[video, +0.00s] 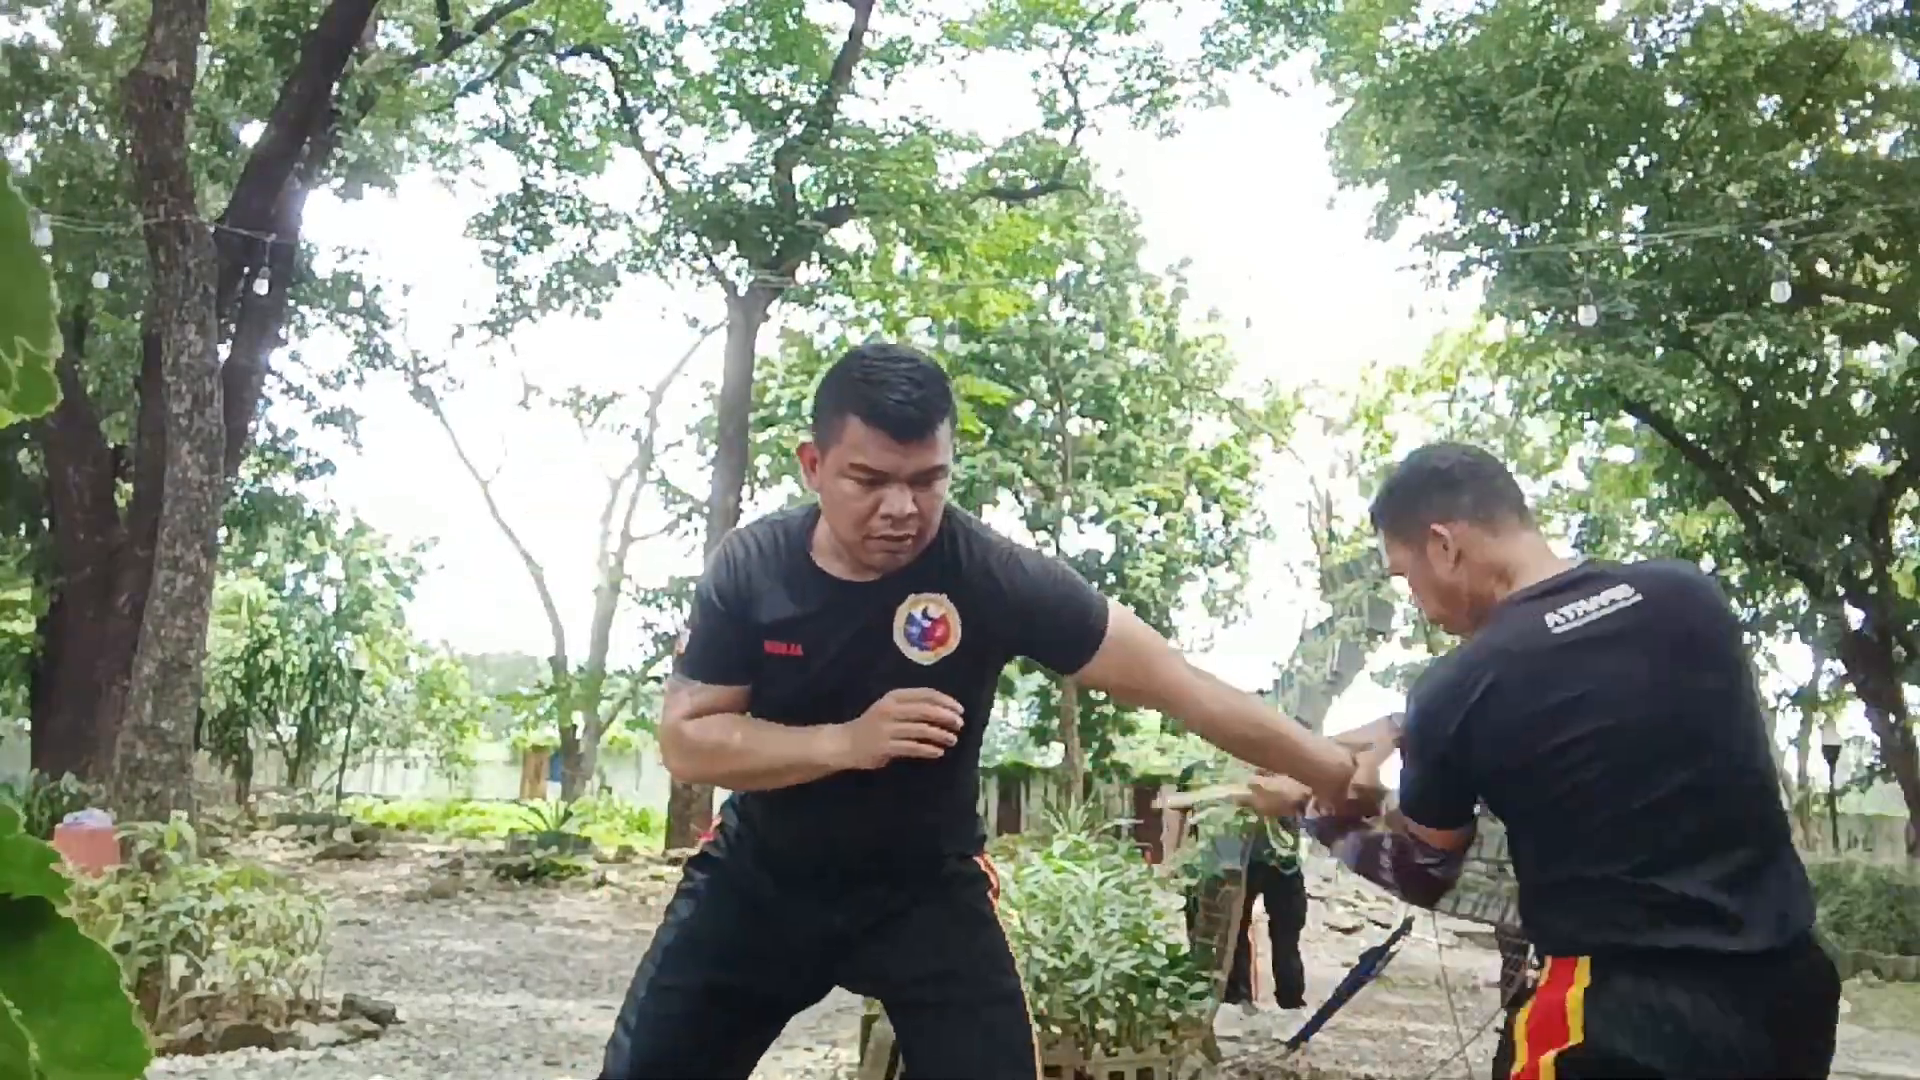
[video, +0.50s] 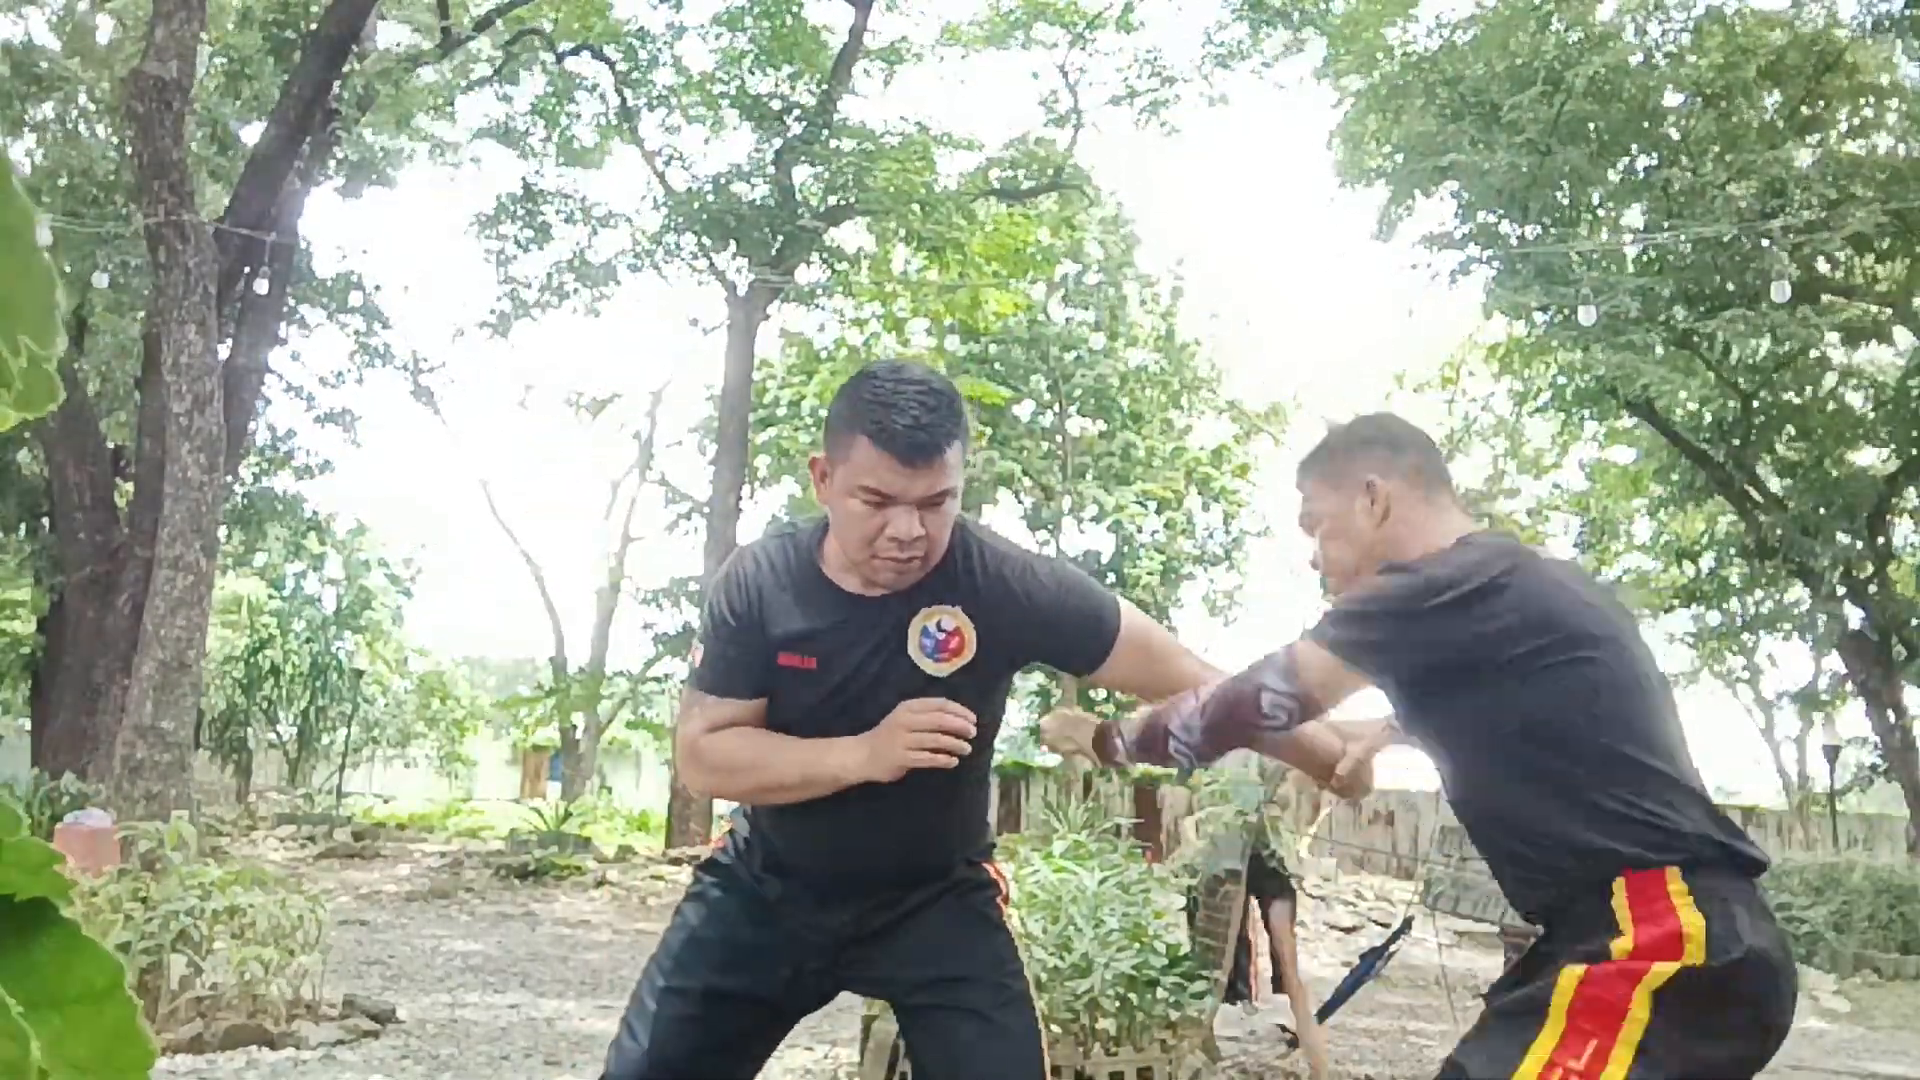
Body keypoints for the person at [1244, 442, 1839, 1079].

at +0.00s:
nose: (1417, 608)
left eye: (1405, 580)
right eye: (1402, 586)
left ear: (1445, 546)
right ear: (1525, 518)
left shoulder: (1458, 691)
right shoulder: (1694, 594)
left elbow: (1423, 873)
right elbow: (1574, 685)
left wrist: (1313, 809)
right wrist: (1405, 727)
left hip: (1610, 1004)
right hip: (1785, 992)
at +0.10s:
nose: (1423, 601)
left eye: (1412, 566)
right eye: (1411, 572)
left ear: (1450, 538)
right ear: (1536, 524)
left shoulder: (1431, 687)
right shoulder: (1690, 615)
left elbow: (1340, 846)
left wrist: (1265, 817)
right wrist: (1369, 740)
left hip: (1574, 1025)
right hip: (1752, 1017)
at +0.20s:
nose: (1405, 590)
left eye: (1400, 562)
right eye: (1398, 566)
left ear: (1435, 545)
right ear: (1523, 531)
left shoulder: (1416, 684)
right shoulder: (1668, 622)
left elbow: (1317, 861)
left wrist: (1239, 838)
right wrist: (1350, 766)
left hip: (1561, 1019)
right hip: (1738, 1009)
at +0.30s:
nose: (1388, 606)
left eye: (1384, 575)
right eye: (1380, 579)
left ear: (1426, 552)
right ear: (1506, 541)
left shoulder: (1400, 686)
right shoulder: (1646, 619)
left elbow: (1303, 832)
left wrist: (1251, 852)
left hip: (1556, 1019)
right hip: (1723, 1005)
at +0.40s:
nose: (1365, 598)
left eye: (1361, 564)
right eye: (1357, 569)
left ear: (1409, 541)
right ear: (1484, 536)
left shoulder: (1395, 668)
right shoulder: (1626, 609)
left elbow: (1268, 791)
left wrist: (1185, 815)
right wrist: (1376, 739)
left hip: (1580, 990)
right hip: (1730, 974)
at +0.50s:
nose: (1313, 560)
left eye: (1315, 528)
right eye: (1308, 536)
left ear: (1376, 498)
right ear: (1397, 500)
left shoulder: (1451, 581)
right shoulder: (1547, 579)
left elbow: (1244, 704)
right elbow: (1489, 728)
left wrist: (1118, 738)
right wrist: (1371, 735)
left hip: (1648, 947)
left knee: (1486, 1063)